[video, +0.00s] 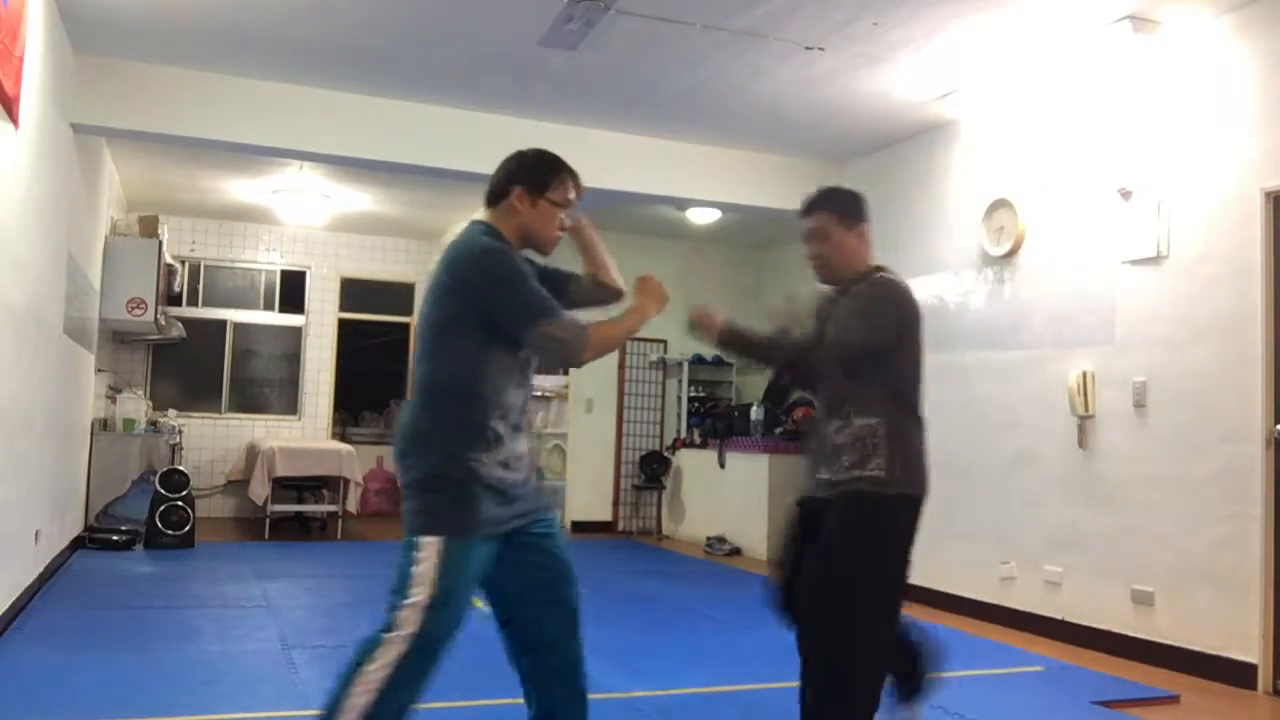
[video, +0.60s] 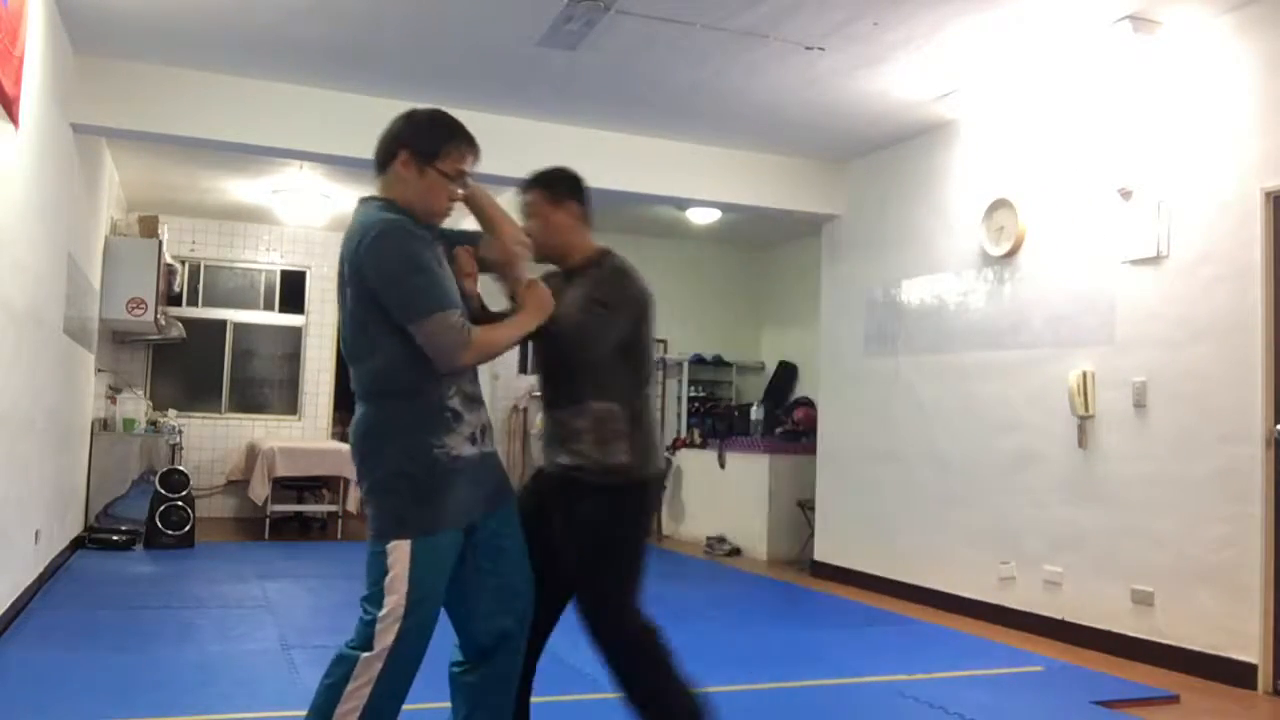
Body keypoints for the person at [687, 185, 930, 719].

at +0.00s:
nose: (812, 250)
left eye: (821, 237)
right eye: (807, 240)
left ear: (859, 234)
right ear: (808, 242)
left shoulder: (884, 296)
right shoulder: (836, 304)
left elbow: (825, 356)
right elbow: (817, 368)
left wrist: (727, 334)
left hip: (880, 487)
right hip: (836, 484)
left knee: (845, 611)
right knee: (801, 594)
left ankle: (835, 710)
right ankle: (902, 654)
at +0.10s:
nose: (770, 257)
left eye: (780, 243)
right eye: (765, 247)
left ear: (820, 237)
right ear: (766, 249)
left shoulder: (858, 298)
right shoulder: (773, 305)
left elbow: (826, 380)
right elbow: (693, 335)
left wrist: (743, 334)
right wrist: (669, 271)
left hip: (861, 488)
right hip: (799, 487)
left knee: (831, 615)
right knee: (732, 577)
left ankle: (837, 709)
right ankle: (792, 685)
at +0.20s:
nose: (732, 266)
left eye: (742, 253)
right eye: (729, 256)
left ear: (783, 250)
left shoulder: (820, 297)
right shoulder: (734, 309)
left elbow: (783, 345)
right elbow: (652, 319)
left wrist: (703, 295)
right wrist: (581, 275)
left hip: (826, 491)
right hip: (754, 489)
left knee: (821, 610)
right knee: (677, 584)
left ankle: (843, 714)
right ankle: (649, 705)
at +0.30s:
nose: (688, 265)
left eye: (698, 252)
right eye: (685, 254)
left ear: (739, 249)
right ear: (684, 254)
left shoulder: (776, 297)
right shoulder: (685, 311)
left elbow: (734, 349)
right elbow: (611, 342)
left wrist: (656, 296)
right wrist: (559, 299)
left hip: (772, 504)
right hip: (698, 502)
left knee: (793, 625)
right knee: (609, 627)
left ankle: (837, 713)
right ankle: (537, 706)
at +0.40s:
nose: (629, 251)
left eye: (639, 237)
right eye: (627, 238)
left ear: (676, 239)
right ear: (633, 242)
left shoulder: (721, 309)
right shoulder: (635, 307)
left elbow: (682, 393)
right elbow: (552, 352)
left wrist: (625, 327)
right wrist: (510, 306)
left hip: (701, 510)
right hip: (630, 504)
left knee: (738, 635)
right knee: (549, 631)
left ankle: (815, 714)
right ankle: (518, 710)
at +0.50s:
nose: (571, 243)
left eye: (579, 229)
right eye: (568, 231)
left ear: (617, 226)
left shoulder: (665, 300)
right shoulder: (589, 296)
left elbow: (638, 368)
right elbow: (526, 345)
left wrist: (587, 312)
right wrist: (484, 305)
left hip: (648, 495)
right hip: (583, 488)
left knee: (664, 624)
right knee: (521, 626)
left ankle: (758, 710)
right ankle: (499, 709)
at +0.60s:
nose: (526, 229)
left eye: (534, 215)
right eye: (525, 216)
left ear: (570, 213)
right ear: (566, 217)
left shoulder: (616, 281)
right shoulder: (556, 287)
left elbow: (578, 346)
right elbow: (518, 339)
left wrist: (518, 281)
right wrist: (470, 291)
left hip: (617, 484)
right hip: (560, 478)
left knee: (612, 619)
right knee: (515, 625)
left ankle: (680, 713)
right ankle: (502, 709)